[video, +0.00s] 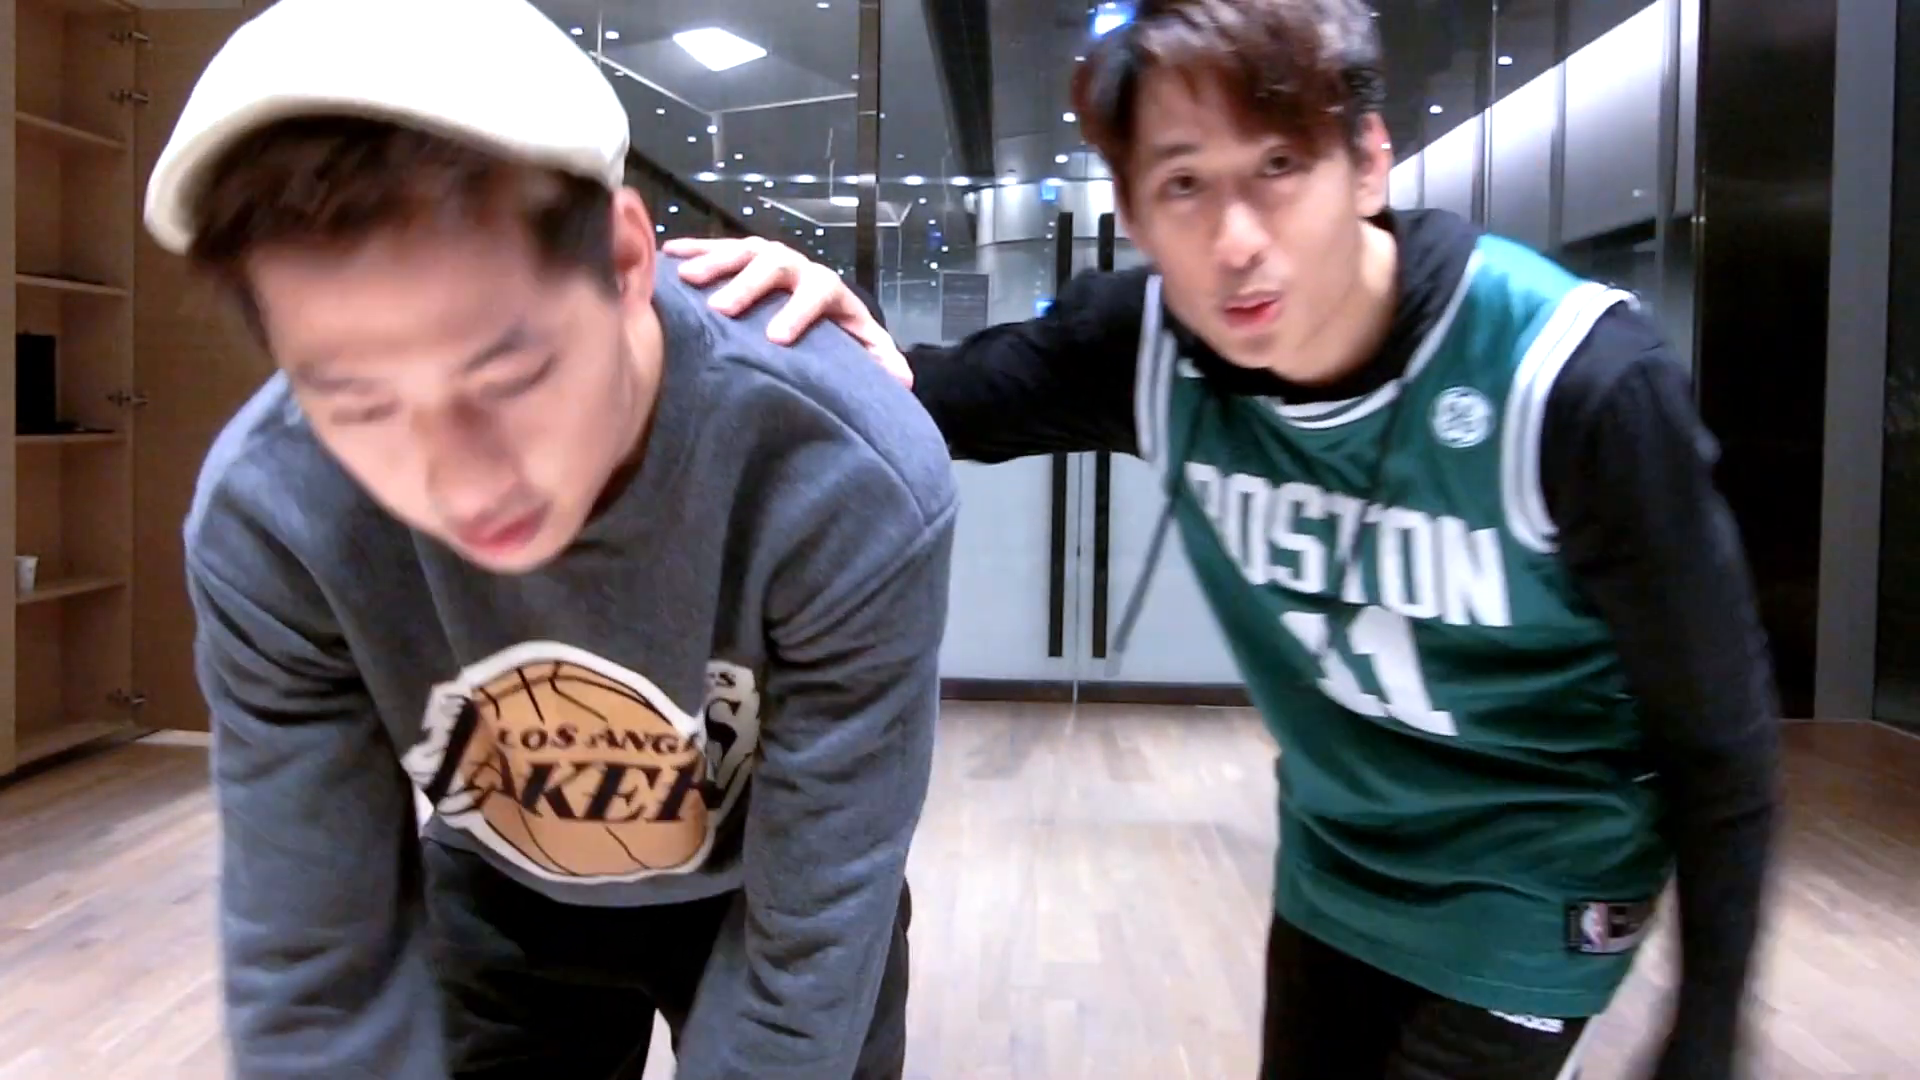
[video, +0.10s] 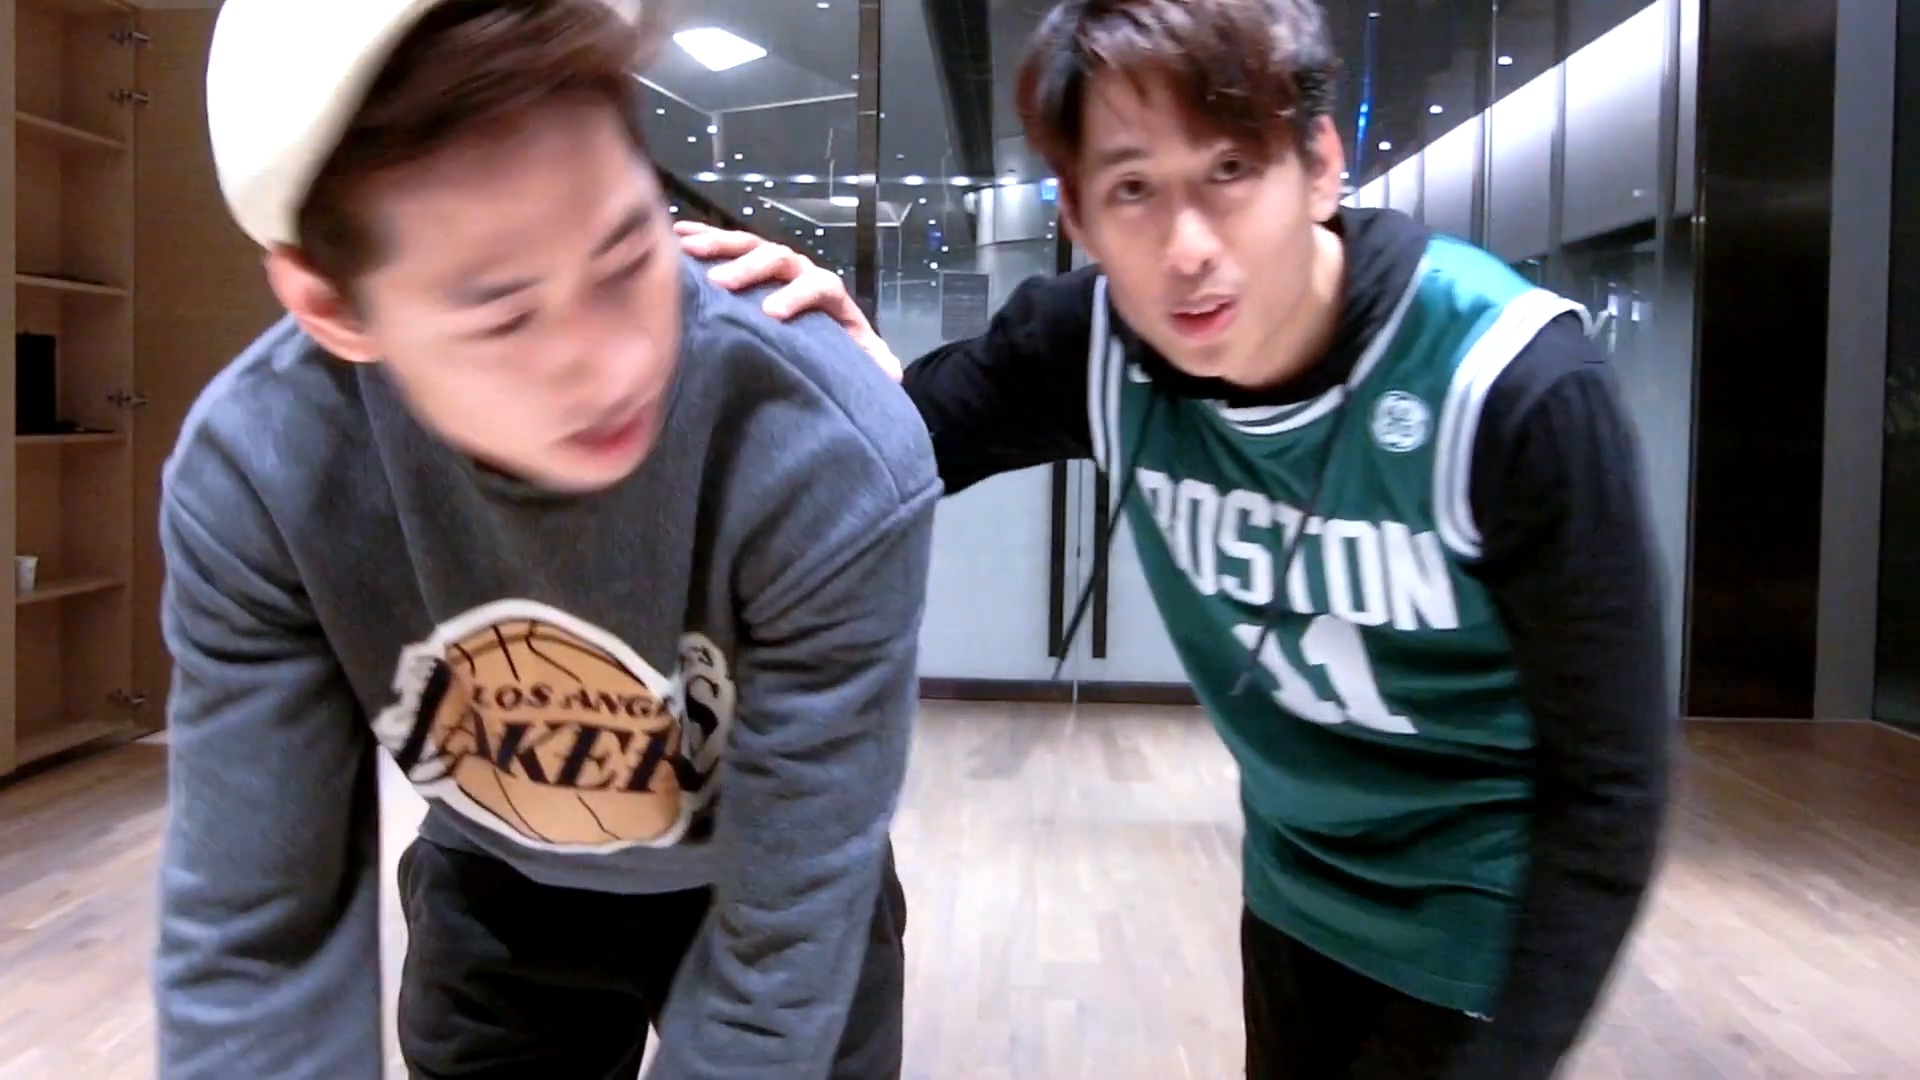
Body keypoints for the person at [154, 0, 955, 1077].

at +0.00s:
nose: (460, 484)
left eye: (509, 377)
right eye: (362, 411)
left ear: (629, 261)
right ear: (289, 373)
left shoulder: (852, 485)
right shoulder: (267, 521)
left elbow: (801, 978)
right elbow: (315, 998)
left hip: (771, 903)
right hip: (507, 896)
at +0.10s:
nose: (606, 364)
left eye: (625, 254)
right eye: (503, 319)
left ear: (656, 192)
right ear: (330, 309)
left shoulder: (834, 460)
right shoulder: (257, 475)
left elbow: (776, 973)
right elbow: (252, 959)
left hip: (782, 882)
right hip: (508, 876)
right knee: (472, 1058)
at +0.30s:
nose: (725, 273)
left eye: (708, 180)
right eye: (638, 263)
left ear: (702, 120)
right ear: (437, 326)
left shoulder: (817, 404)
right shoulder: (238, 415)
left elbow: (688, 900)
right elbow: (257, 878)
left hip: (768, 860)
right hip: (485, 859)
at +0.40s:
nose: (729, 253)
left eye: (713, 162)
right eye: (648, 237)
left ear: (711, 114)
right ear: (443, 302)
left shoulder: (815, 397)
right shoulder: (235, 409)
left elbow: (698, 888)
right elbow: (319, 833)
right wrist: (361, 1060)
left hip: (759, 866)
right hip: (485, 873)